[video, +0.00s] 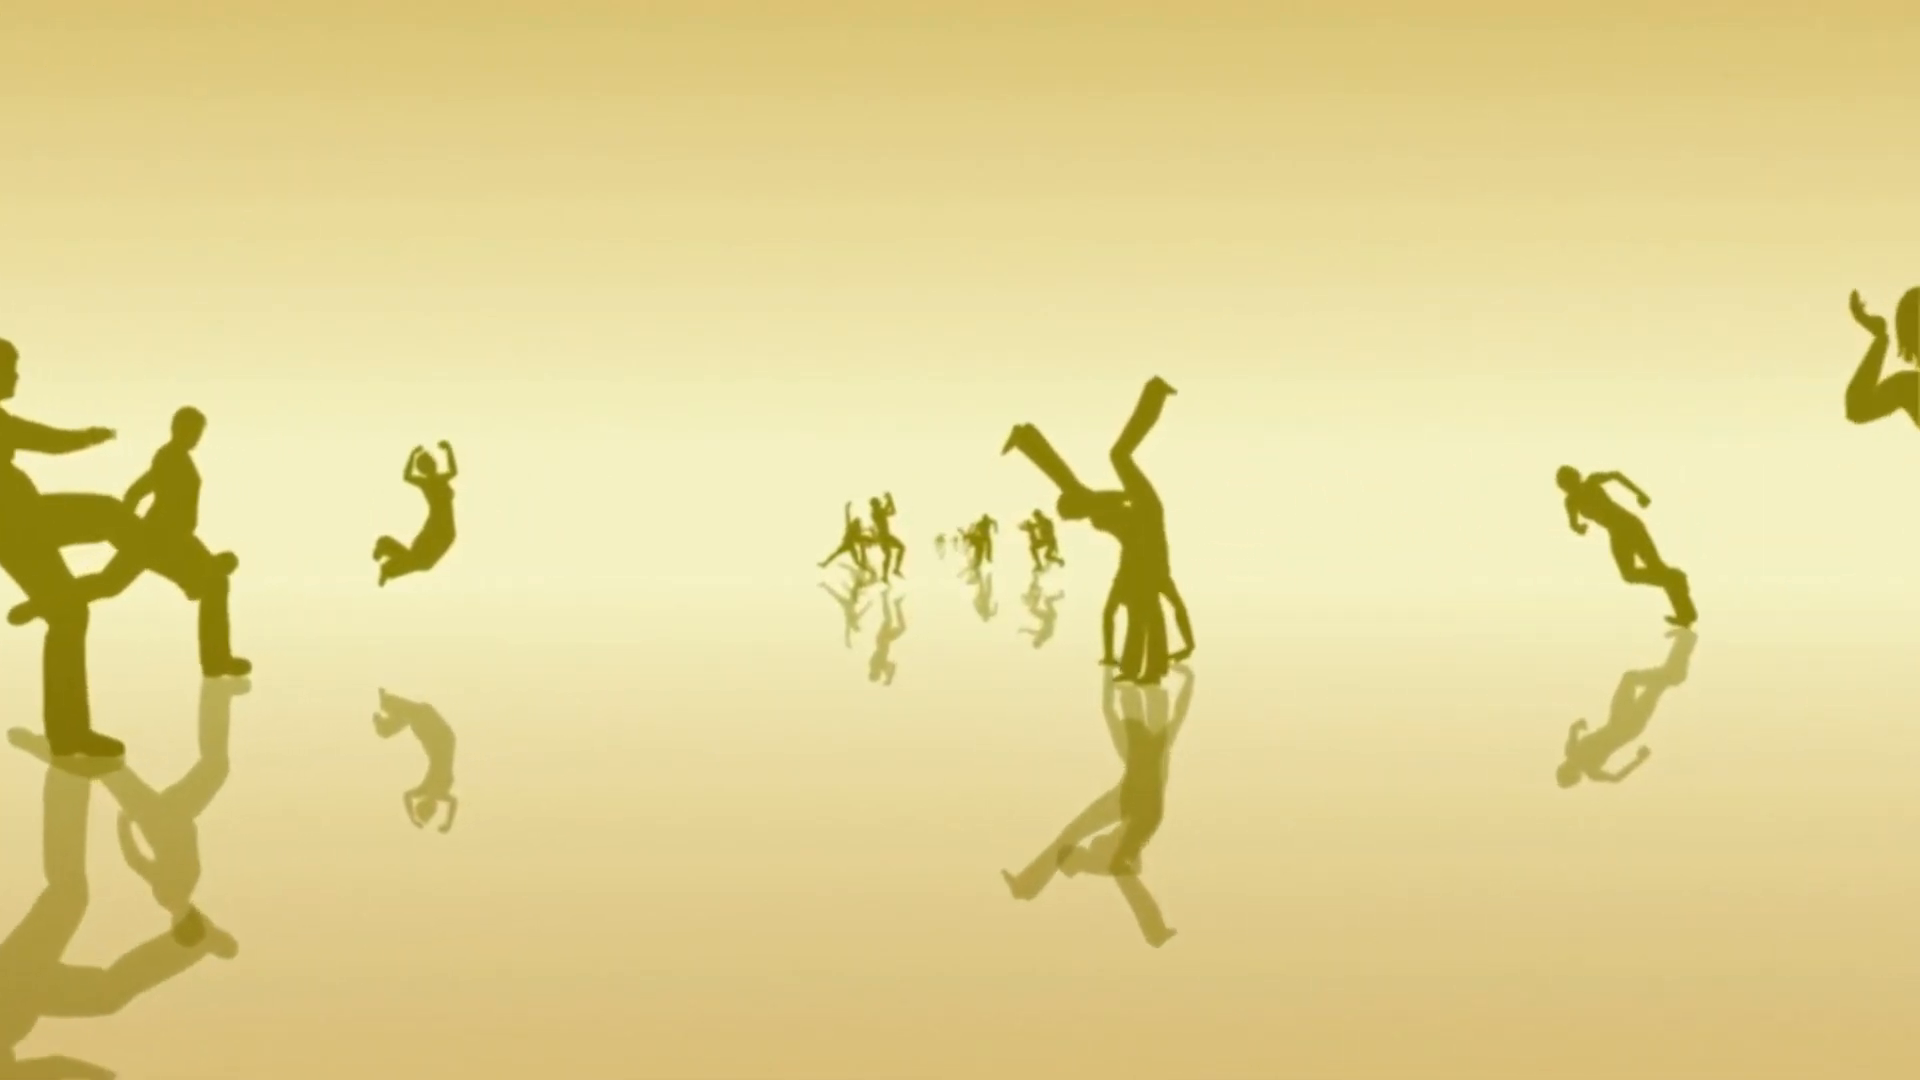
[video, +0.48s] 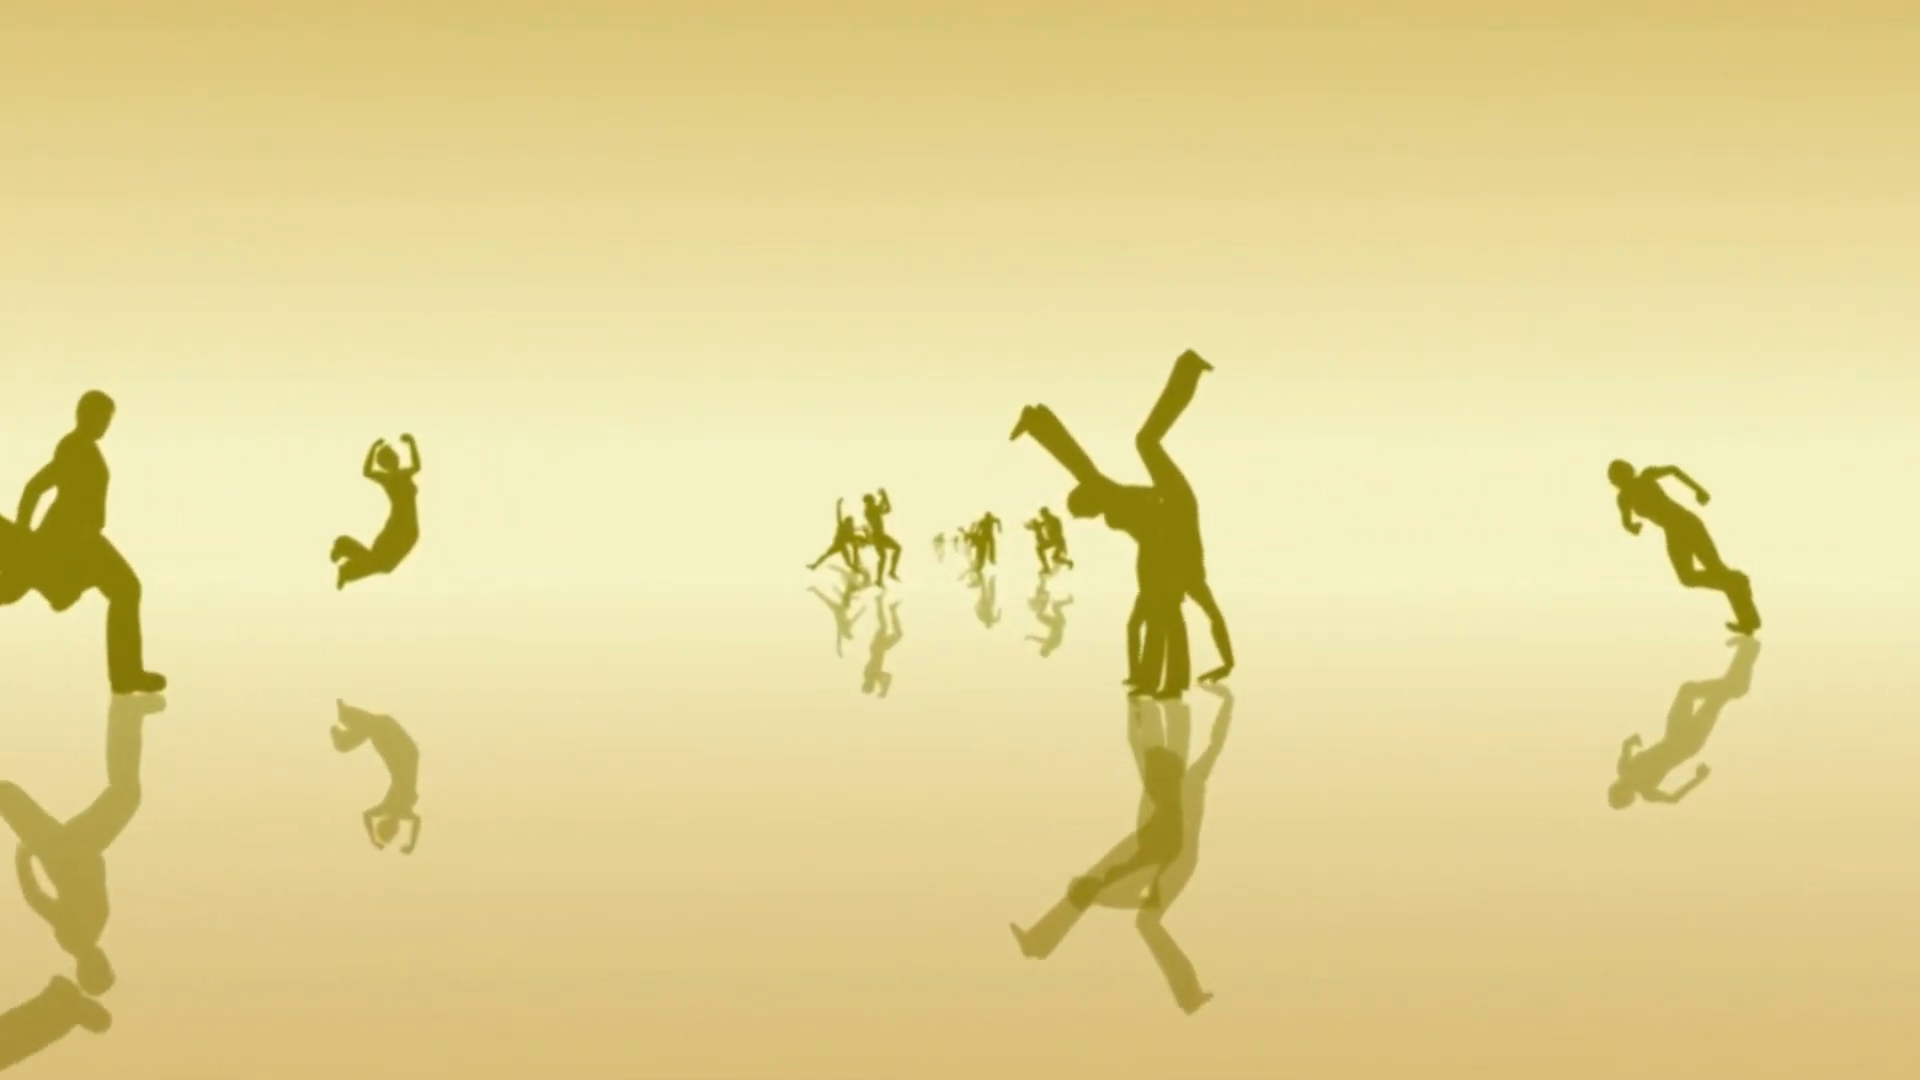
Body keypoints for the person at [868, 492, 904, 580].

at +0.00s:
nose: (879, 504)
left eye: (877, 503)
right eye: (877, 503)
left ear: (874, 504)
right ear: (876, 504)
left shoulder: (878, 512)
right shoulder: (878, 512)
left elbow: (889, 511)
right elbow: (891, 511)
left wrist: (888, 500)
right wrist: (890, 500)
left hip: (883, 535)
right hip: (884, 535)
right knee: (901, 547)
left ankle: (885, 576)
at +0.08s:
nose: (877, 503)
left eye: (876, 502)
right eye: (876, 502)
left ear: (873, 503)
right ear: (874, 503)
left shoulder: (876, 511)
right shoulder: (876, 512)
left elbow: (888, 511)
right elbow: (890, 511)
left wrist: (887, 500)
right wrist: (888, 499)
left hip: (882, 535)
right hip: (883, 535)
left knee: (886, 555)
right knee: (900, 547)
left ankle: (883, 576)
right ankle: (896, 569)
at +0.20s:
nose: (876, 503)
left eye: (875, 501)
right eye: (874, 502)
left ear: (873, 503)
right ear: (873, 502)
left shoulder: (876, 511)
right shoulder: (875, 511)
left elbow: (888, 511)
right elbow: (889, 511)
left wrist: (887, 499)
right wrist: (887, 499)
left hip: (881, 535)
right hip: (882, 535)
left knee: (886, 555)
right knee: (900, 547)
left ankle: (882, 577)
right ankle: (895, 570)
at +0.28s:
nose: (876, 502)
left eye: (874, 500)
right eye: (874, 501)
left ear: (870, 502)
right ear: (872, 501)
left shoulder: (874, 510)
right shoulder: (874, 511)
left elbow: (887, 510)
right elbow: (887, 510)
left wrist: (885, 498)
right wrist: (886, 498)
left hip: (879, 535)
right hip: (881, 535)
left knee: (884, 555)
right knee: (899, 548)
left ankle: (881, 578)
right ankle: (894, 570)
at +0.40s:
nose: (875, 502)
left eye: (874, 500)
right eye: (873, 500)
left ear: (870, 502)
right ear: (871, 501)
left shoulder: (873, 510)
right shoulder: (873, 511)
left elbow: (886, 510)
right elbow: (887, 510)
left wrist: (884, 498)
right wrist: (885, 497)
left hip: (878, 535)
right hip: (880, 535)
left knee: (884, 556)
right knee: (898, 548)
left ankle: (880, 578)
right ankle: (893, 571)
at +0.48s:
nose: (873, 501)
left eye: (871, 500)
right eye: (871, 500)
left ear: (869, 501)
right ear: (869, 501)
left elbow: (885, 509)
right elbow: (883, 508)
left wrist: (884, 496)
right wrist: (884, 496)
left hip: (877, 535)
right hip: (878, 535)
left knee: (882, 556)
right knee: (897, 548)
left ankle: (879, 579)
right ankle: (892, 571)